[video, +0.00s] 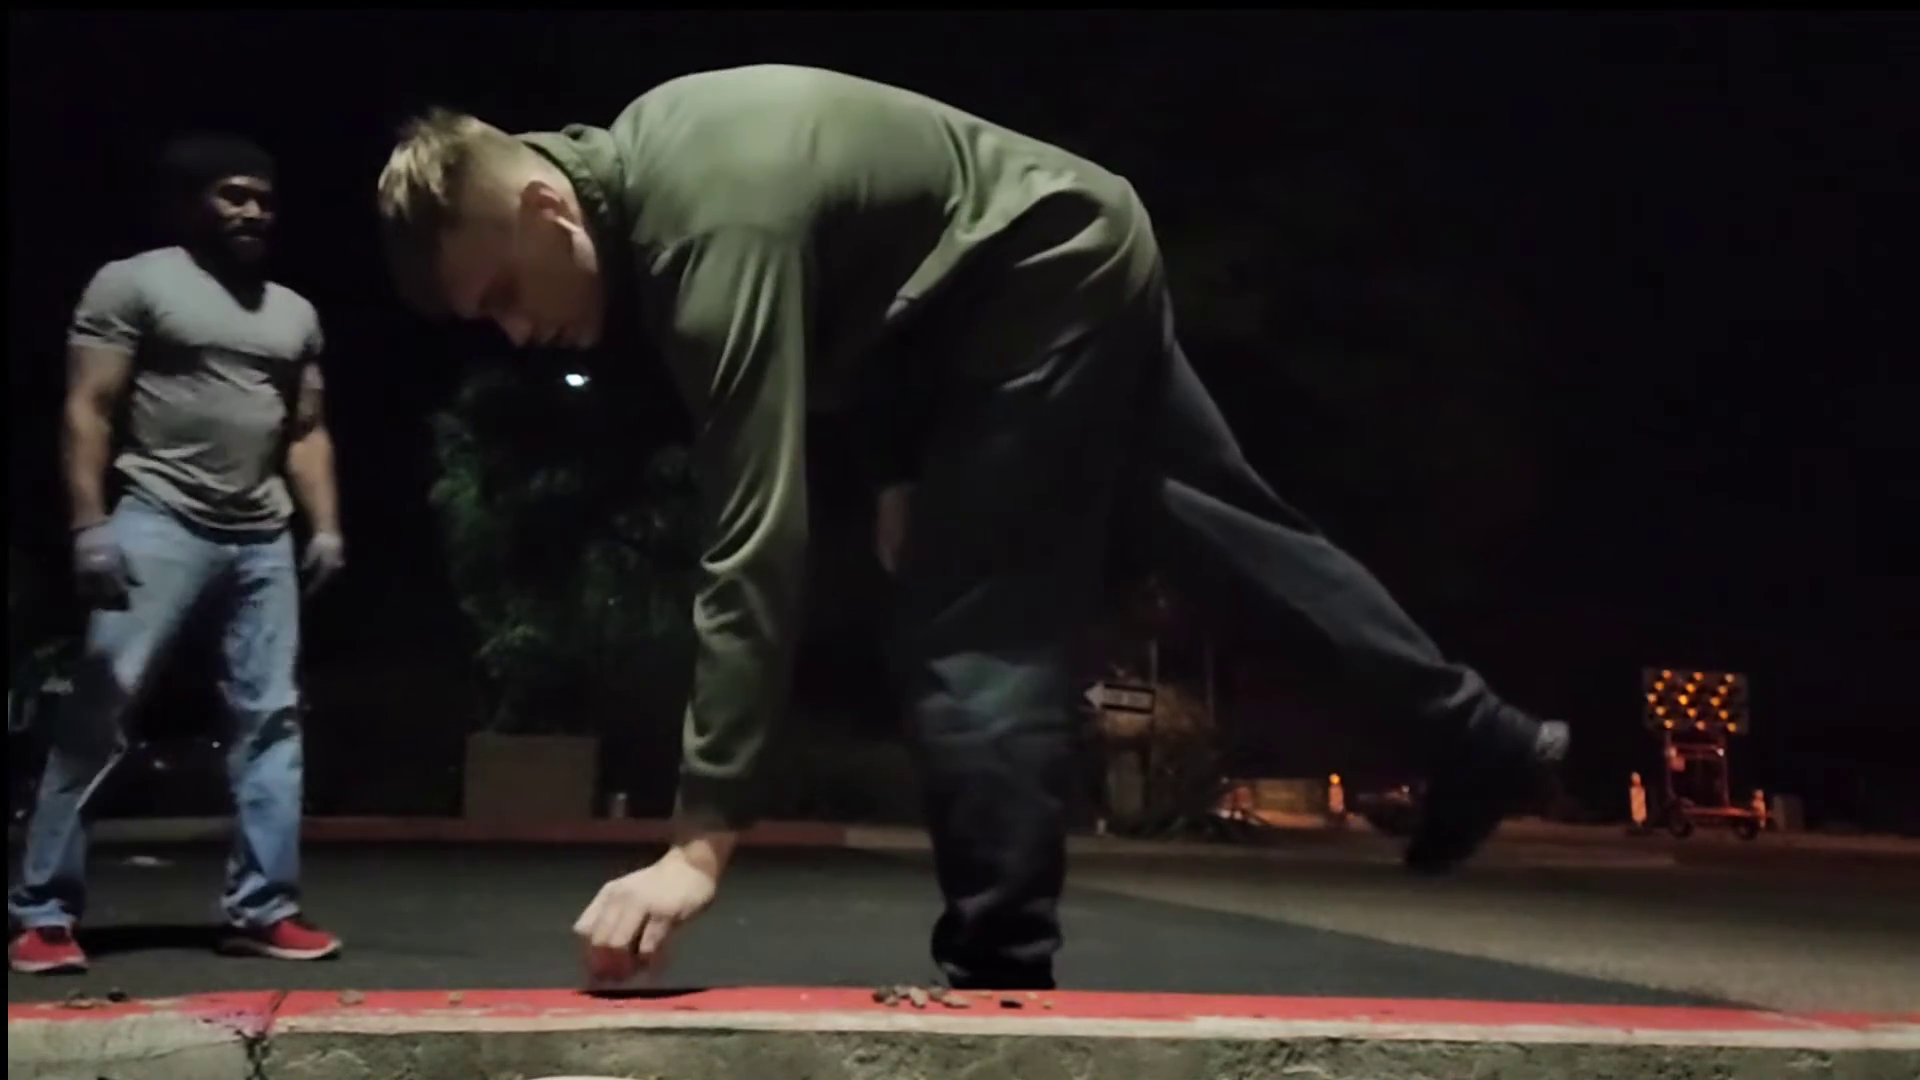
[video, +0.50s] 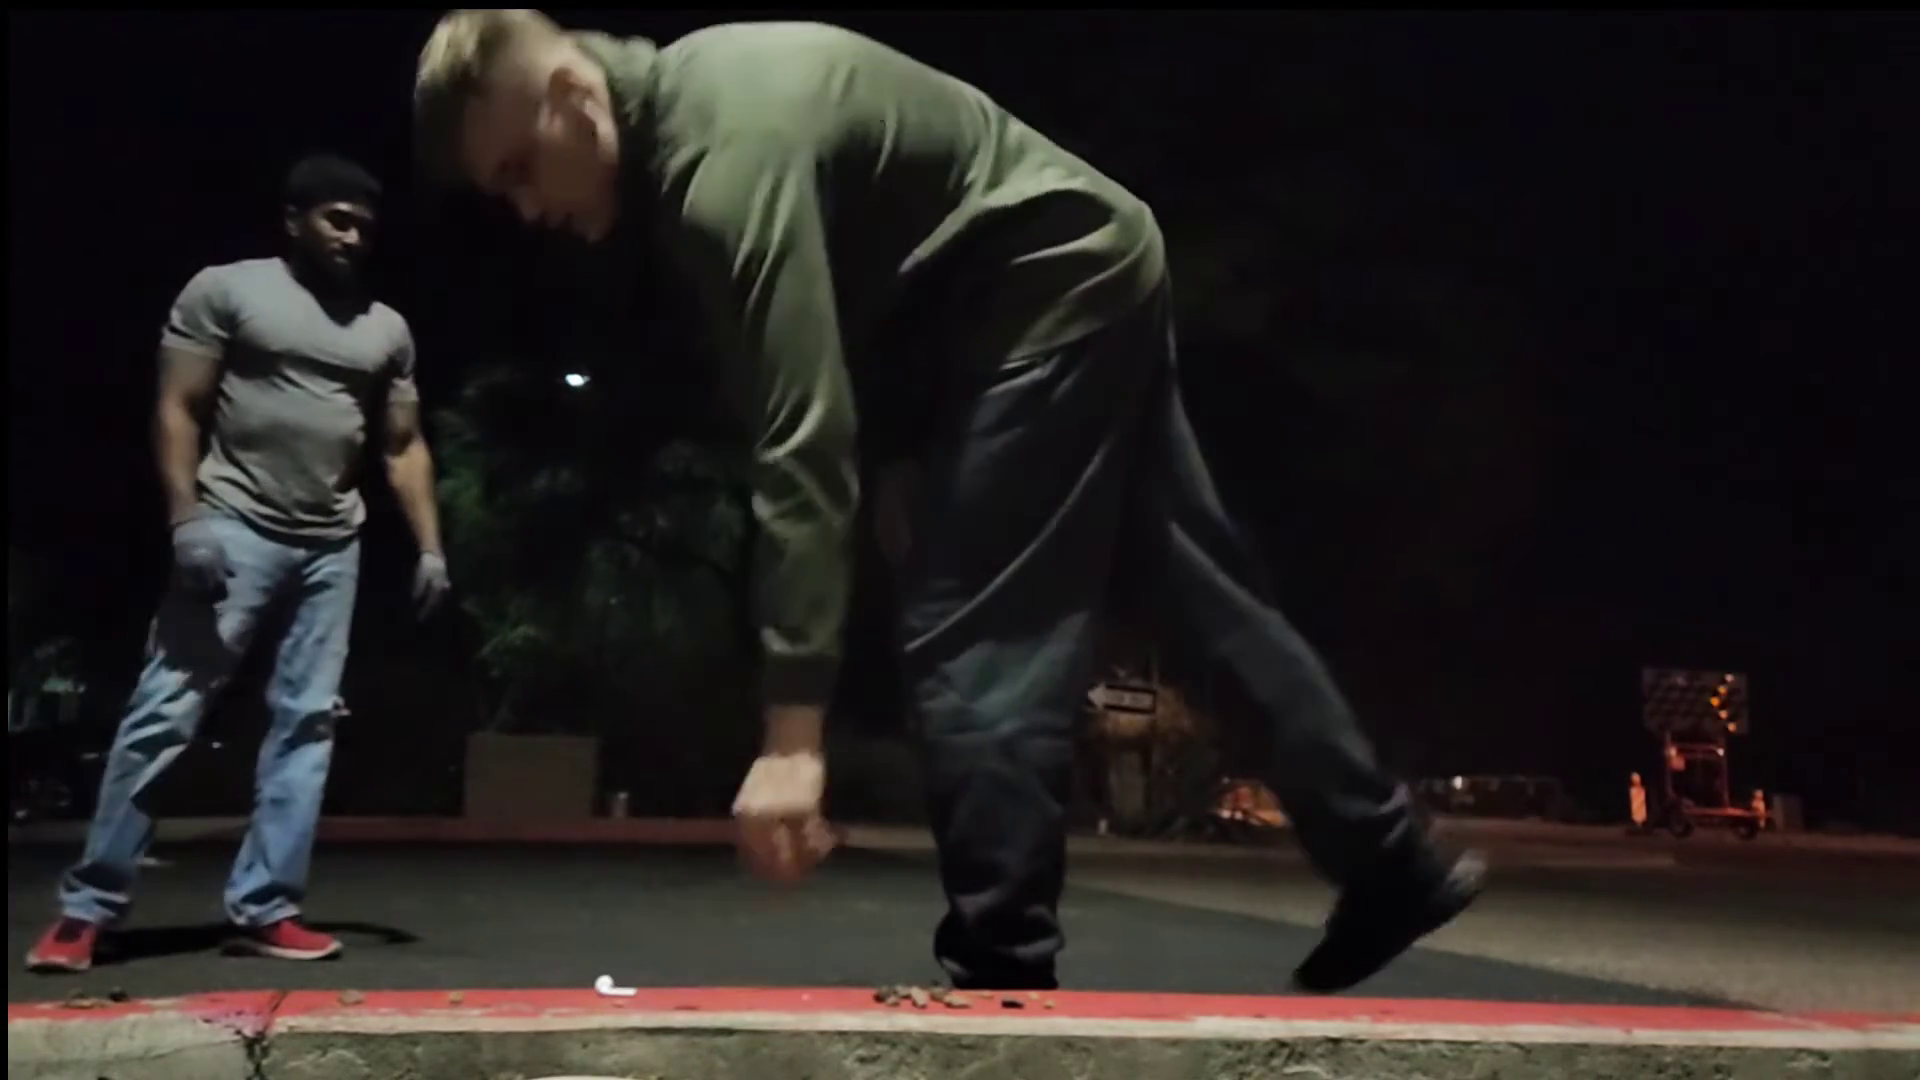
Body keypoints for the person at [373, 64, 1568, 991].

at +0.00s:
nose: (518, 334)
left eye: (505, 299)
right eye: (489, 320)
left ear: (551, 207)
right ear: (540, 205)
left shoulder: (724, 231)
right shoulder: (648, 158)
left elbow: (751, 551)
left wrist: (696, 847)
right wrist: (886, 474)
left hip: (1044, 275)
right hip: (1068, 243)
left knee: (979, 621)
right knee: (1221, 531)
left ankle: (994, 970)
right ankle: (1474, 739)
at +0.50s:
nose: (523, 210)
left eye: (515, 174)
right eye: (500, 192)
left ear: (576, 100)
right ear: (575, 97)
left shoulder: (732, 155)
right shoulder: (689, 100)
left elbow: (804, 449)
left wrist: (790, 739)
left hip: (1050, 292)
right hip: (1088, 266)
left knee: (973, 631)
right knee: (1191, 588)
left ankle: (1002, 954)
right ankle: (1389, 859)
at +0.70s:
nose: (564, 121)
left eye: (560, 82)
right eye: (541, 104)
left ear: (623, 24)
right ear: (628, 27)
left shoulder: (764, 91)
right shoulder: (747, 68)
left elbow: (840, 361)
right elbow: (830, 358)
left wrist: (826, 637)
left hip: (1059, 297)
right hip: (1105, 279)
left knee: (961, 637)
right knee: (1160, 629)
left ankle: (1001, 962)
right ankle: (1281, 933)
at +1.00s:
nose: (695, 66)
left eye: (687, 38)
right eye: (680, 49)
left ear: (738, 5)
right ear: (737, 15)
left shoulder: (861, 36)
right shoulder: (858, 38)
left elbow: (901, 257)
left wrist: (875, 501)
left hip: (1069, 339)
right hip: (1105, 335)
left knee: (998, 648)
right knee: (1071, 664)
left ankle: (1000, 967)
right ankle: (1130, 974)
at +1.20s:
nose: (807, 50)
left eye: (807, 26)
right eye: (796, 37)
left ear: (854, 4)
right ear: (844, 24)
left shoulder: (967, 35)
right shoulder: (941, 55)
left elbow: (1025, 225)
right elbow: (1022, 234)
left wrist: (984, 423)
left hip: (1121, 366)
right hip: (1082, 375)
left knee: (1070, 652)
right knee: (1056, 653)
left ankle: (1011, 943)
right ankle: (1123, 959)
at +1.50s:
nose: (898, 33)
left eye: (905, 15)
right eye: (895, 22)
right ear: (943, 21)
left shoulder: (1070, 30)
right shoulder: (1003, 79)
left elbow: (1135, 208)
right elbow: (1039, 272)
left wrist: (1103, 386)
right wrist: (1032, 427)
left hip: (1155, 389)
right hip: (1088, 405)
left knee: (1133, 674)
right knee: (1090, 681)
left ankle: (1179, 966)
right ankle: (1119, 968)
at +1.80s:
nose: (970, 28)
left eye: (978, 12)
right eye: (966, 20)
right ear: (1011, 23)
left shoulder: (1135, 31)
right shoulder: (1056, 97)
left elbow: (1232, 151)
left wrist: (1138, 314)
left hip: (1192, 446)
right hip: (1093, 463)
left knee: (1247, 699)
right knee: (1102, 719)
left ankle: (1330, 947)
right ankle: (1132, 967)